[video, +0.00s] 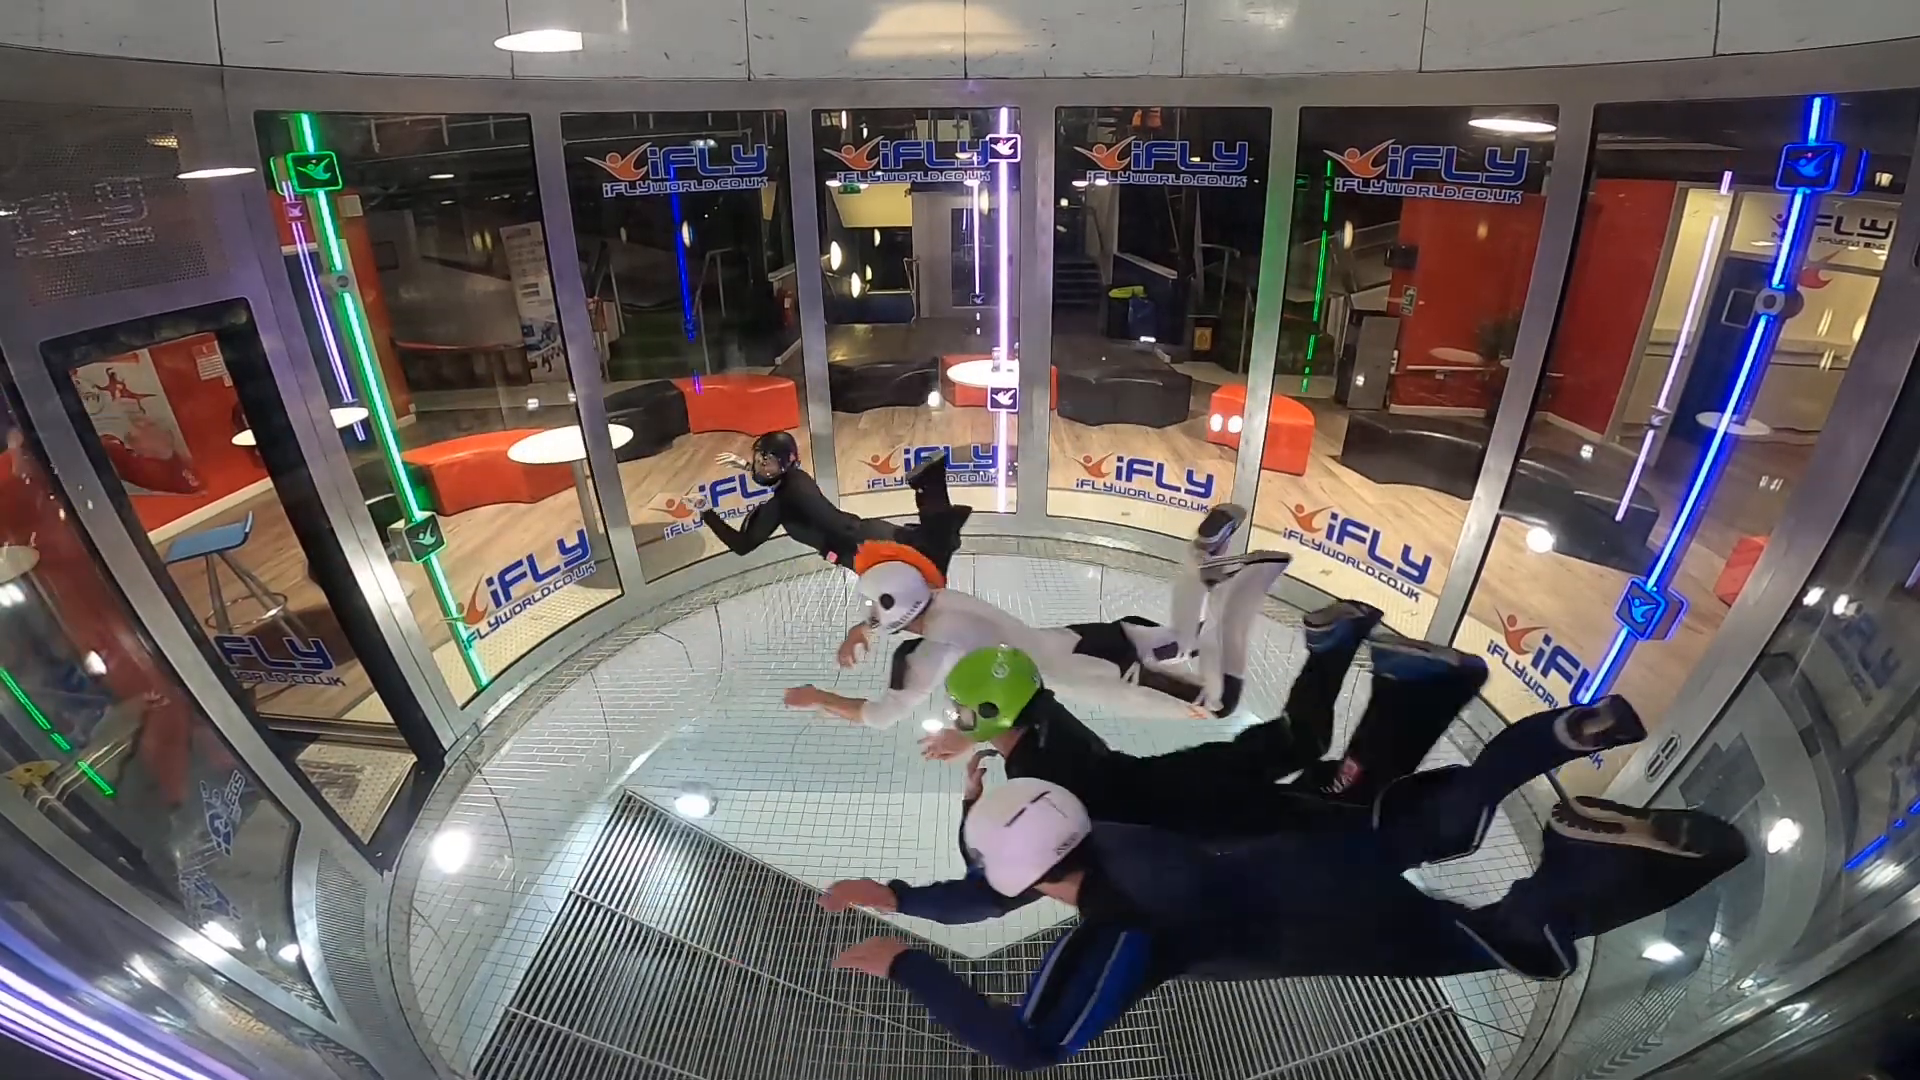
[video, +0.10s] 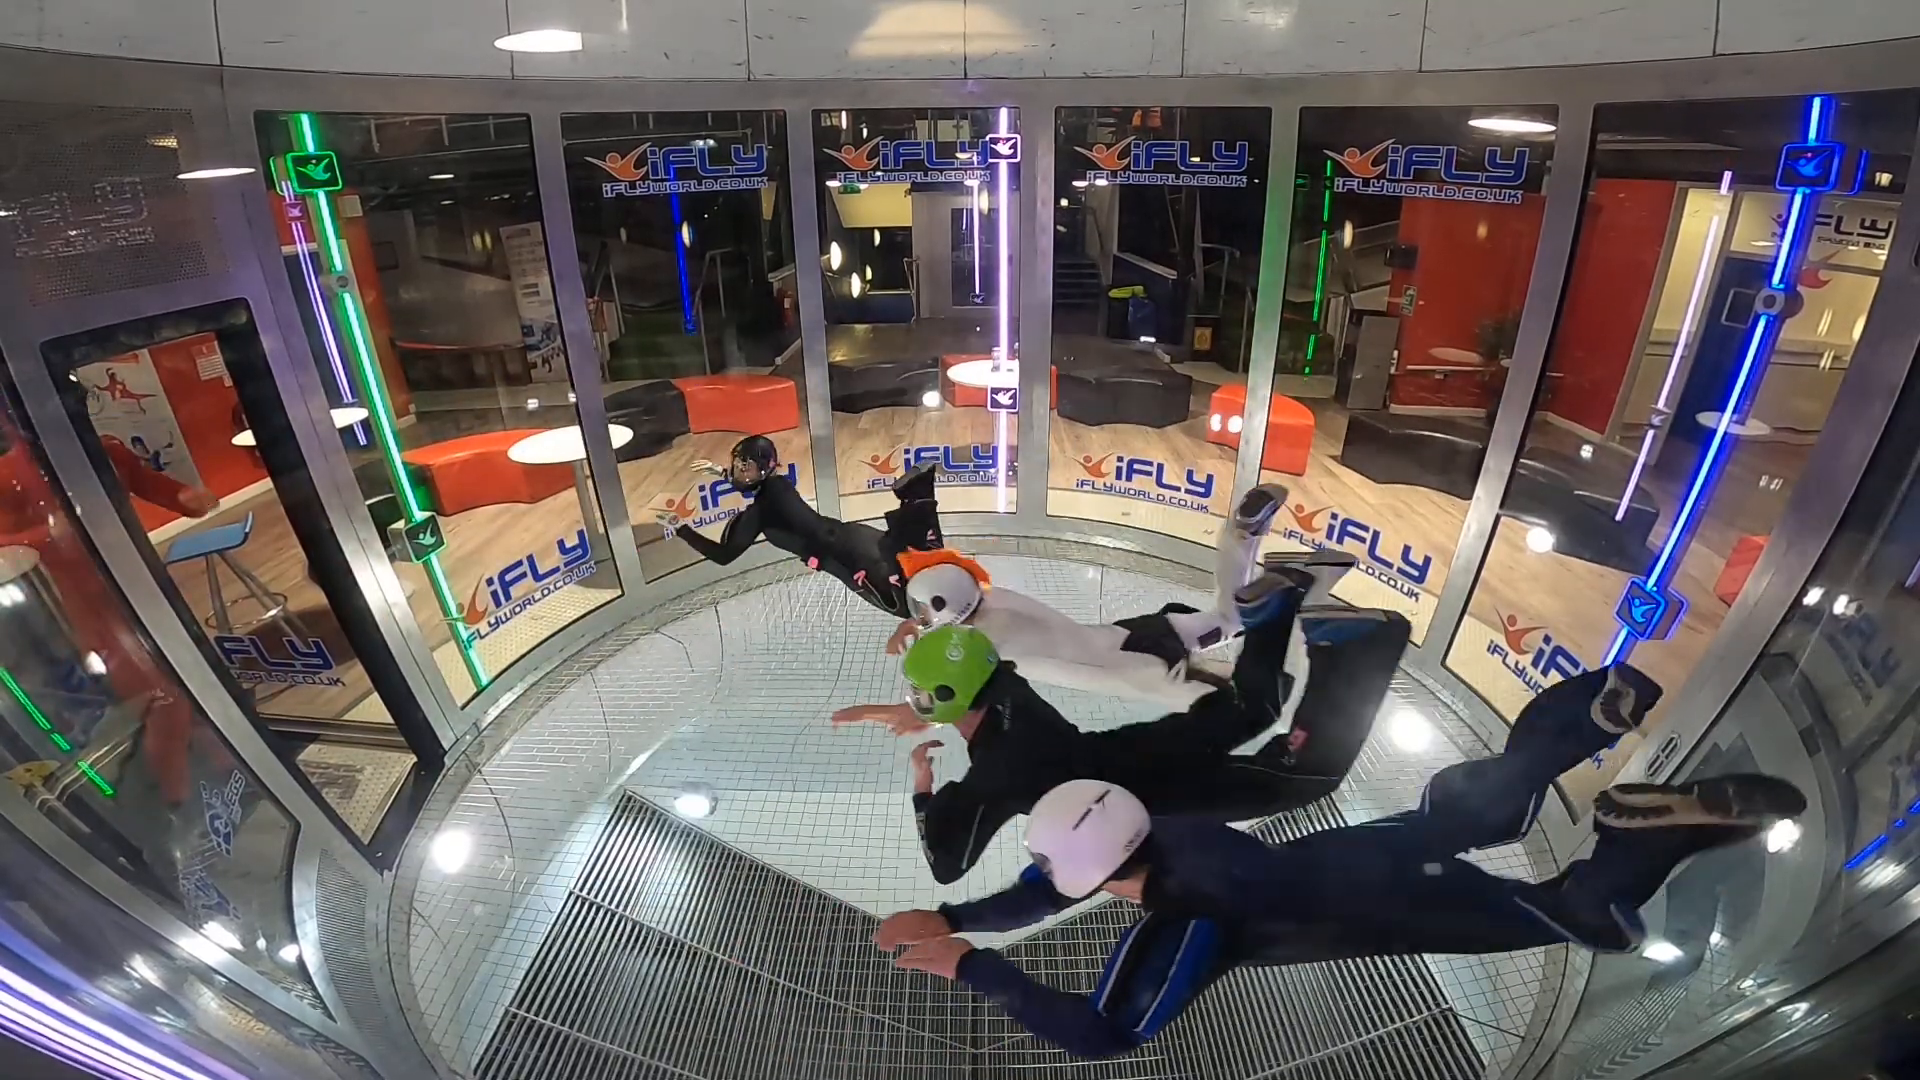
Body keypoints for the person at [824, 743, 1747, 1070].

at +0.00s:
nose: (1010, 889)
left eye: (1009, 879)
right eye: (1002, 876)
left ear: (1043, 886)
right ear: (1052, 835)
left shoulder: (1127, 922)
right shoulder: (1099, 835)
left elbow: (1030, 1040)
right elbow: (993, 892)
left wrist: (911, 978)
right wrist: (892, 900)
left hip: (1349, 917)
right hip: (1335, 838)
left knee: (1500, 933)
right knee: (1458, 803)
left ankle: (1612, 874)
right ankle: (1579, 728)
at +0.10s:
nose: (1093, 890)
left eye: (1095, 878)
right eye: (1088, 874)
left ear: (1118, 869)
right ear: (1106, 846)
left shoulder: (1187, 918)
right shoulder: (1152, 830)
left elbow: (1103, 1035)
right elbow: (1044, 889)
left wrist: (976, 970)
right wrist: (947, 921)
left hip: (1408, 901)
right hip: (1387, 841)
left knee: (1562, 912)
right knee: (1494, 791)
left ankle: (1678, 835)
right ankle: (1605, 696)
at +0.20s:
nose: (1152, 896)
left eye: (1154, 884)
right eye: (1144, 880)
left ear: (1183, 868)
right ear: (1179, 834)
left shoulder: (1241, 911)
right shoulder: (1198, 820)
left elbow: (1165, 1021)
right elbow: (1098, 879)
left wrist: (1024, 979)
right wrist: (1010, 917)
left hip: (1464, 878)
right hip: (1426, 828)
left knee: (1605, 874)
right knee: (1514, 778)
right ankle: (1607, 674)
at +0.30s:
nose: (1190, 872)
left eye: (1190, 861)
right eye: (1189, 849)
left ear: (1213, 861)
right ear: (1212, 826)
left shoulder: (1299, 893)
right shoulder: (1239, 820)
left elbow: (1250, 1002)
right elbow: (1148, 866)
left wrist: (1102, 998)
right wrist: (1077, 909)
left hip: (1496, 858)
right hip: (1465, 809)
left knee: (1670, 823)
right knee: (1553, 744)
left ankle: (1821, 686)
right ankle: (1641, 641)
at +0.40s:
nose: (1220, 848)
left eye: (1220, 835)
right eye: (1214, 825)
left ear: (1252, 845)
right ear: (1256, 796)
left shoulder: (1337, 869)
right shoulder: (1280, 803)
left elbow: (1330, 971)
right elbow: (1185, 831)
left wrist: (1172, 936)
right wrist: (1126, 878)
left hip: (1535, 829)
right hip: (1491, 776)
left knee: (1713, 803)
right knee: (1568, 700)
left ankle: (1852, 639)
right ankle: (1642, 611)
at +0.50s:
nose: (1241, 825)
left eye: (1246, 809)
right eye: (1235, 804)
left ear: (1283, 807)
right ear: (1286, 776)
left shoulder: (1365, 834)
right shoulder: (1304, 775)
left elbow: (1359, 939)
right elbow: (1225, 785)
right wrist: (1184, 821)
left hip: (1543, 810)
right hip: (1490, 765)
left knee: (1700, 799)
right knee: (1559, 714)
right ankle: (1629, 608)